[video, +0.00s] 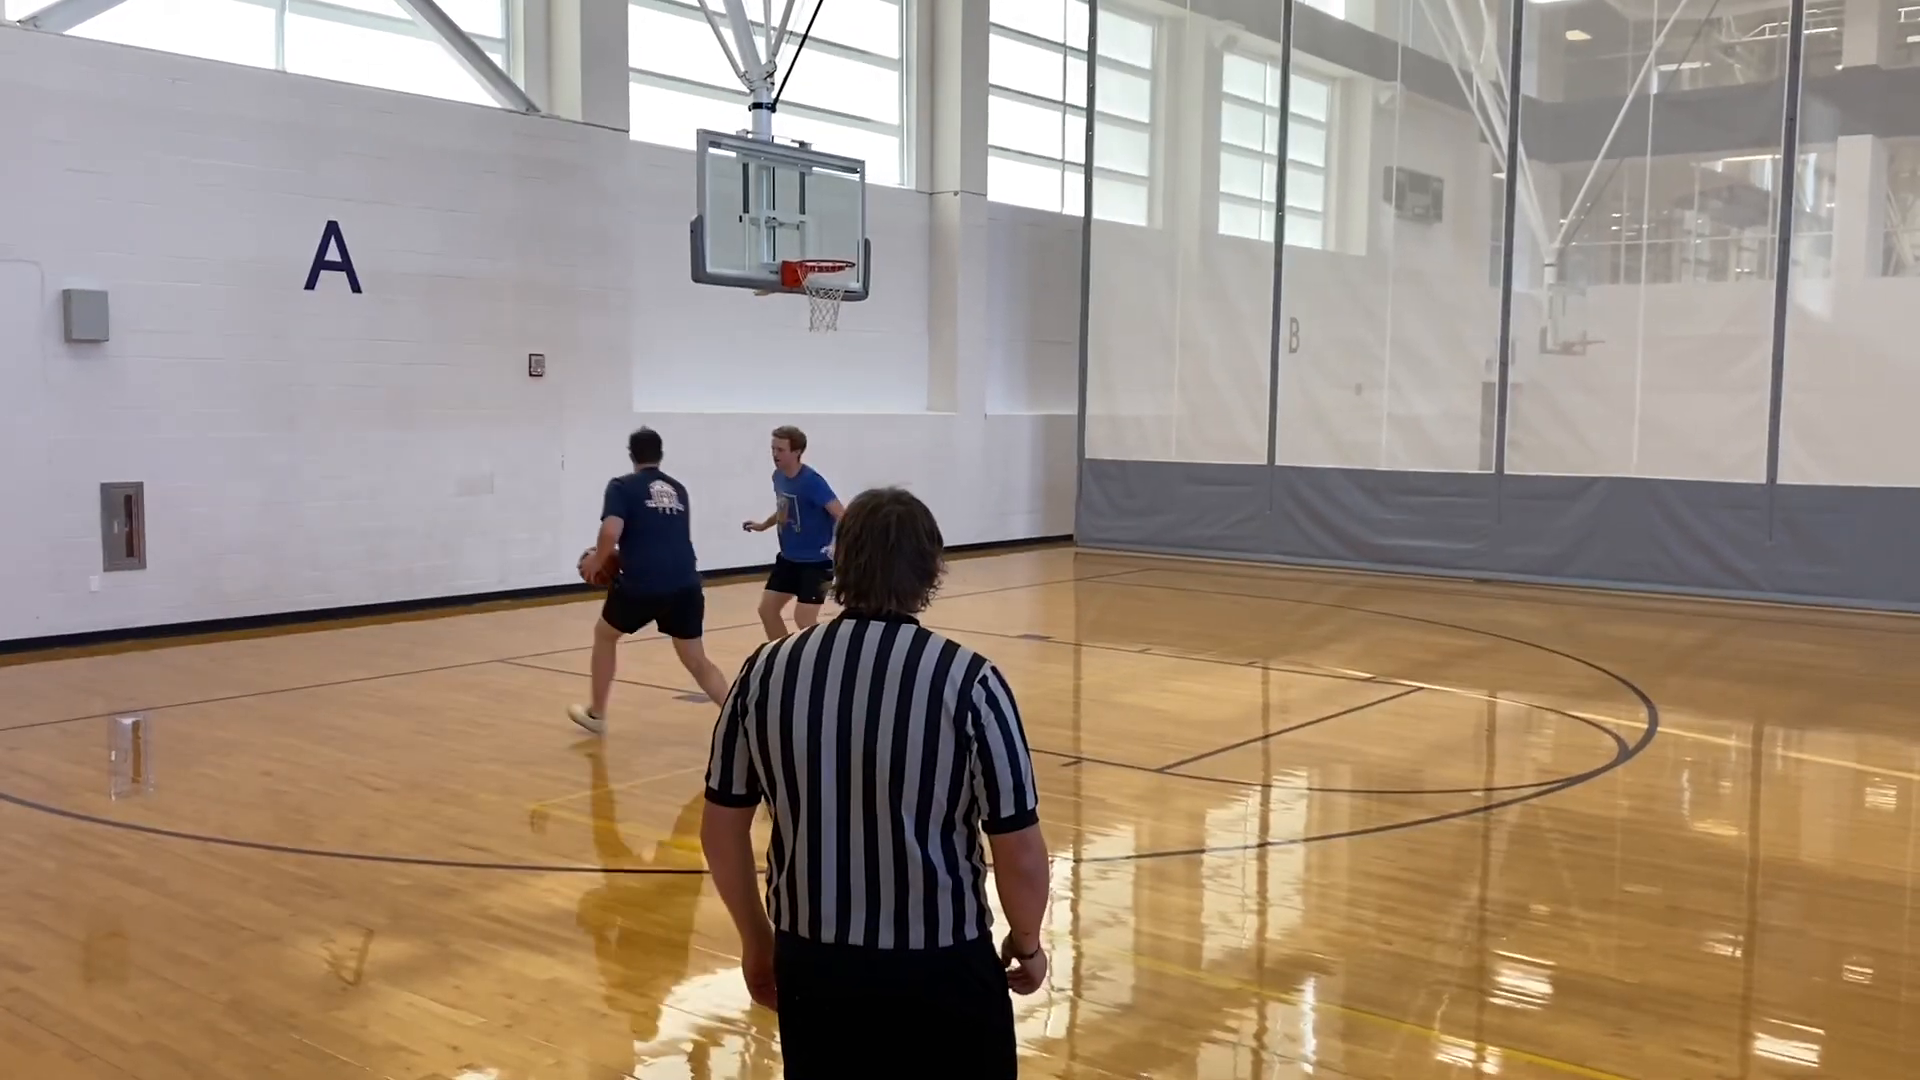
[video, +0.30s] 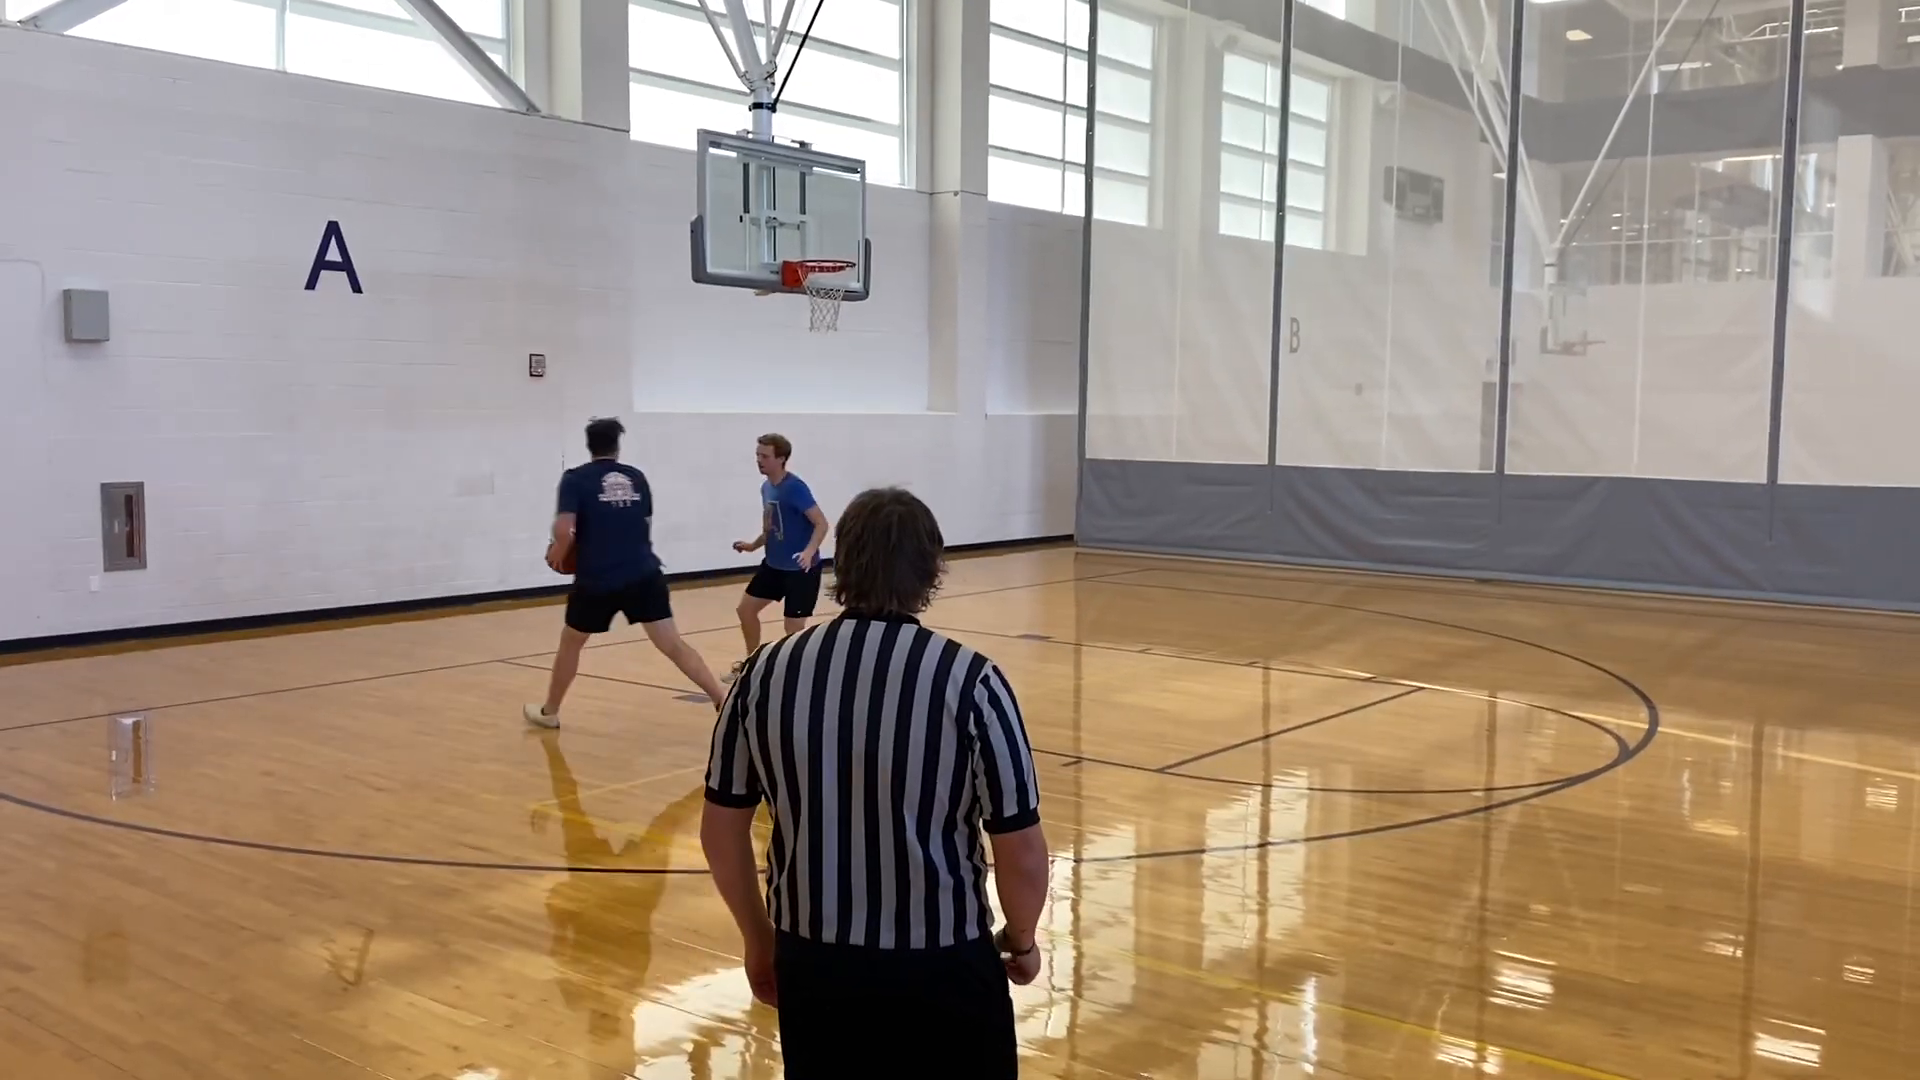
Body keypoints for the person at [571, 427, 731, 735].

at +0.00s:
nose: (636, 458)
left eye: (634, 453)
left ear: (632, 456)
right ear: (661, 456)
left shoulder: (622, 486)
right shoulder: (678, 488)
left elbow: (611, 532)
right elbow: (671, 538)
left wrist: (598, 558)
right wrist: (620, 556)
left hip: (639, 586)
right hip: (684, 585)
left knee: (606, 634)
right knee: (696, 659)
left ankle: (596, 713)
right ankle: (739, 717)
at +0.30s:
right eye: (614, 442)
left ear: (588, 445)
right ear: (617, 445)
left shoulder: (575, 478)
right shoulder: (636, 476)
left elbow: (565, 531)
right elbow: (643, 524)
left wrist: (557, 553)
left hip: (597, 579)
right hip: (643, 574)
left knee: (570, 645)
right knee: (672, 643)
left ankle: (550, 711)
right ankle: (723, 699)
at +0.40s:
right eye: (602, 443)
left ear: (575, 445)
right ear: (604, 445)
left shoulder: (558, 480)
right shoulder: (623, 476)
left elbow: (540, 531)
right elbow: (636, 529)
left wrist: (551, 547)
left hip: (583, 580)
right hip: (630, 575)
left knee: (560, 644)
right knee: (661, 641)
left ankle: (549, 712)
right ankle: (709, 684)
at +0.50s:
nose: (589, 446)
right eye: (591, 441)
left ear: (562, 445)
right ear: (591, 444)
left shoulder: (543, 480)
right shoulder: (611, 476)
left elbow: (520, 529)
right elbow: (630, 521)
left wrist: (548, 529)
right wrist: (595, 517)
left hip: (571, 577)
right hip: (618, 574)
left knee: (552, 638)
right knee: (643, 634)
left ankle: (548, 711)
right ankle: (689, 673)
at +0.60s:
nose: (582, 444)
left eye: (578, 439)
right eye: (581, 439)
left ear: (550, 444)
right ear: (578, 443)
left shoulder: (530, 479)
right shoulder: (597, 474)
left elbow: (507, 521)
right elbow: (621, 512)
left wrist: (538, 511)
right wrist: (588, 509)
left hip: (559, 577)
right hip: (605, 574)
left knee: (544, 638)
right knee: (625, 625)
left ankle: (547, 715)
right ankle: (663, 658)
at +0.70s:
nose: (572, 442)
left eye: (569, 437)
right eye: (570, 438)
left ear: (538, 442)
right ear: (566, 442)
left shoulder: (520, 474)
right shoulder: (584, 470)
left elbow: (501, 507)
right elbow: (618, 499)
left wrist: (528, 486)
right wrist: (584, 484)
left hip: (549, 576)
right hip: (594, 570)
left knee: (540, 642)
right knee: (609, 614)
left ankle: (547, 716)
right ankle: (638, 644)